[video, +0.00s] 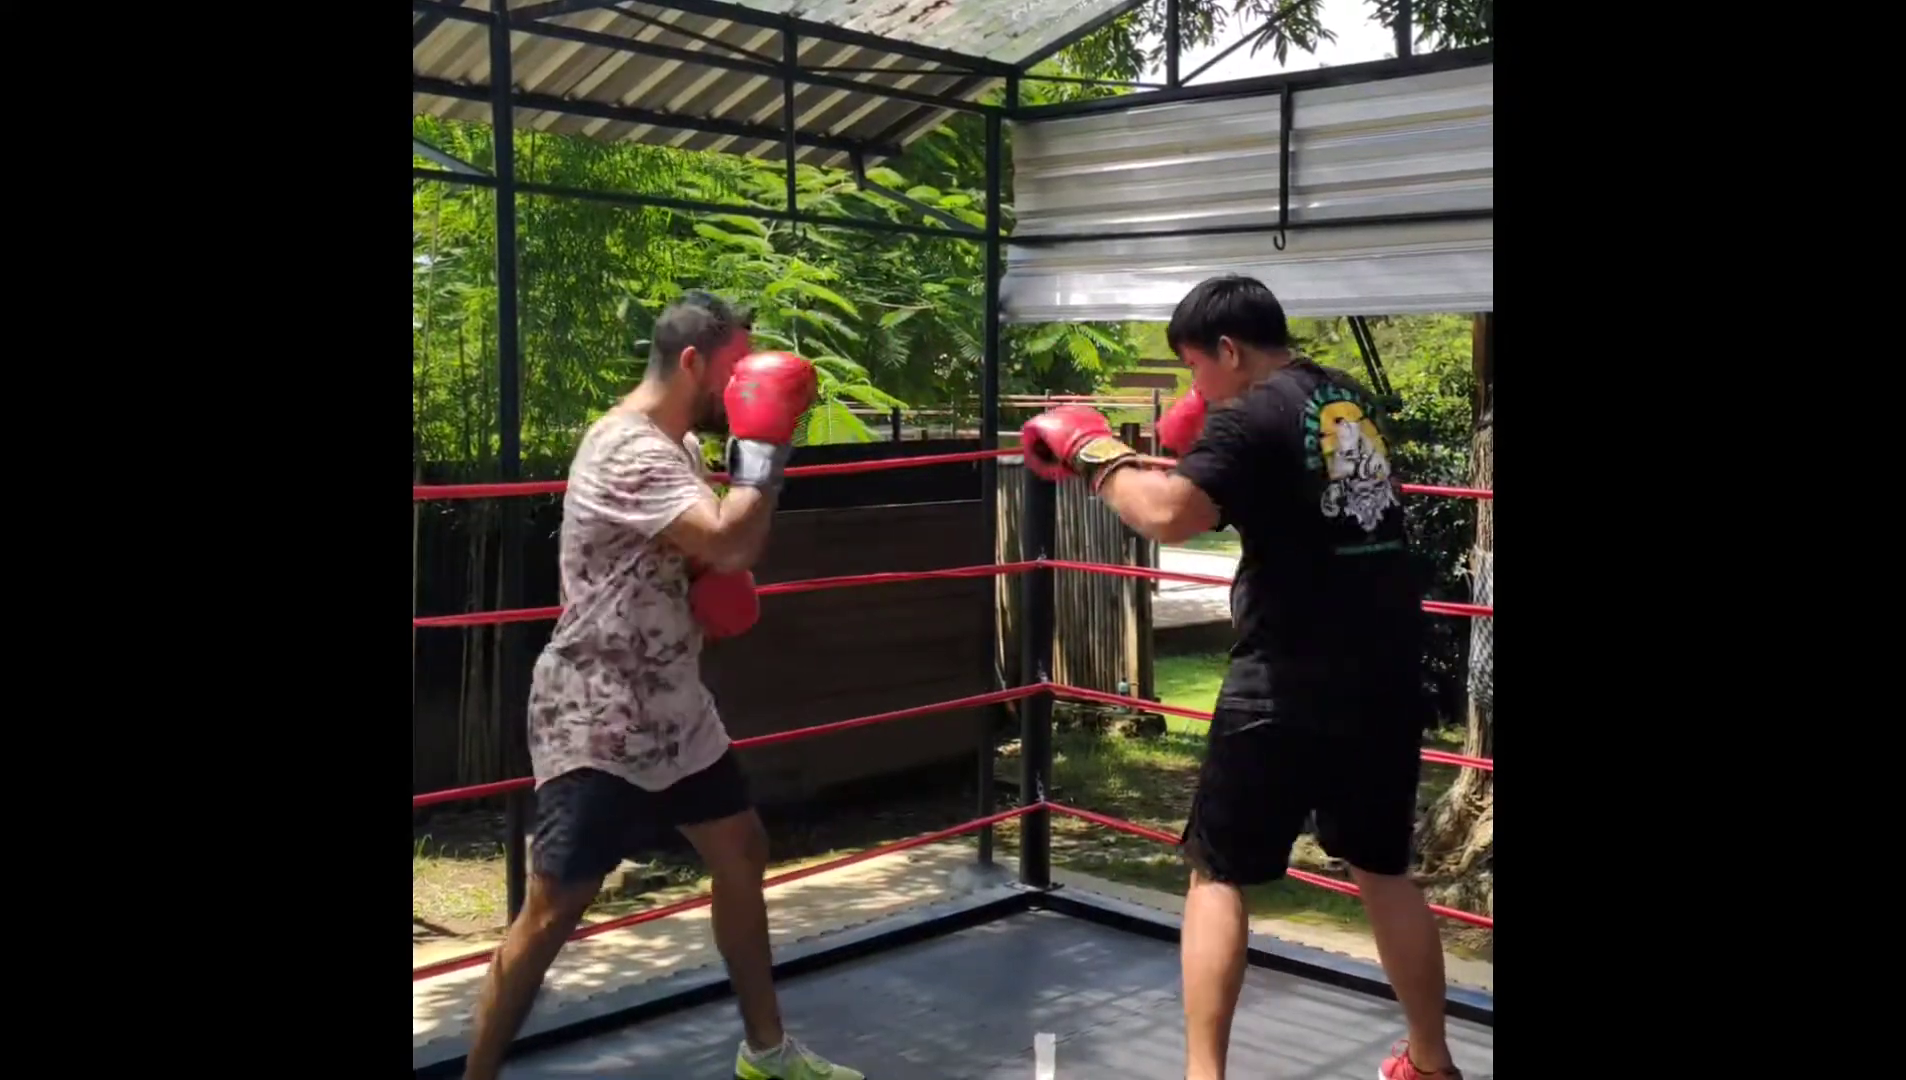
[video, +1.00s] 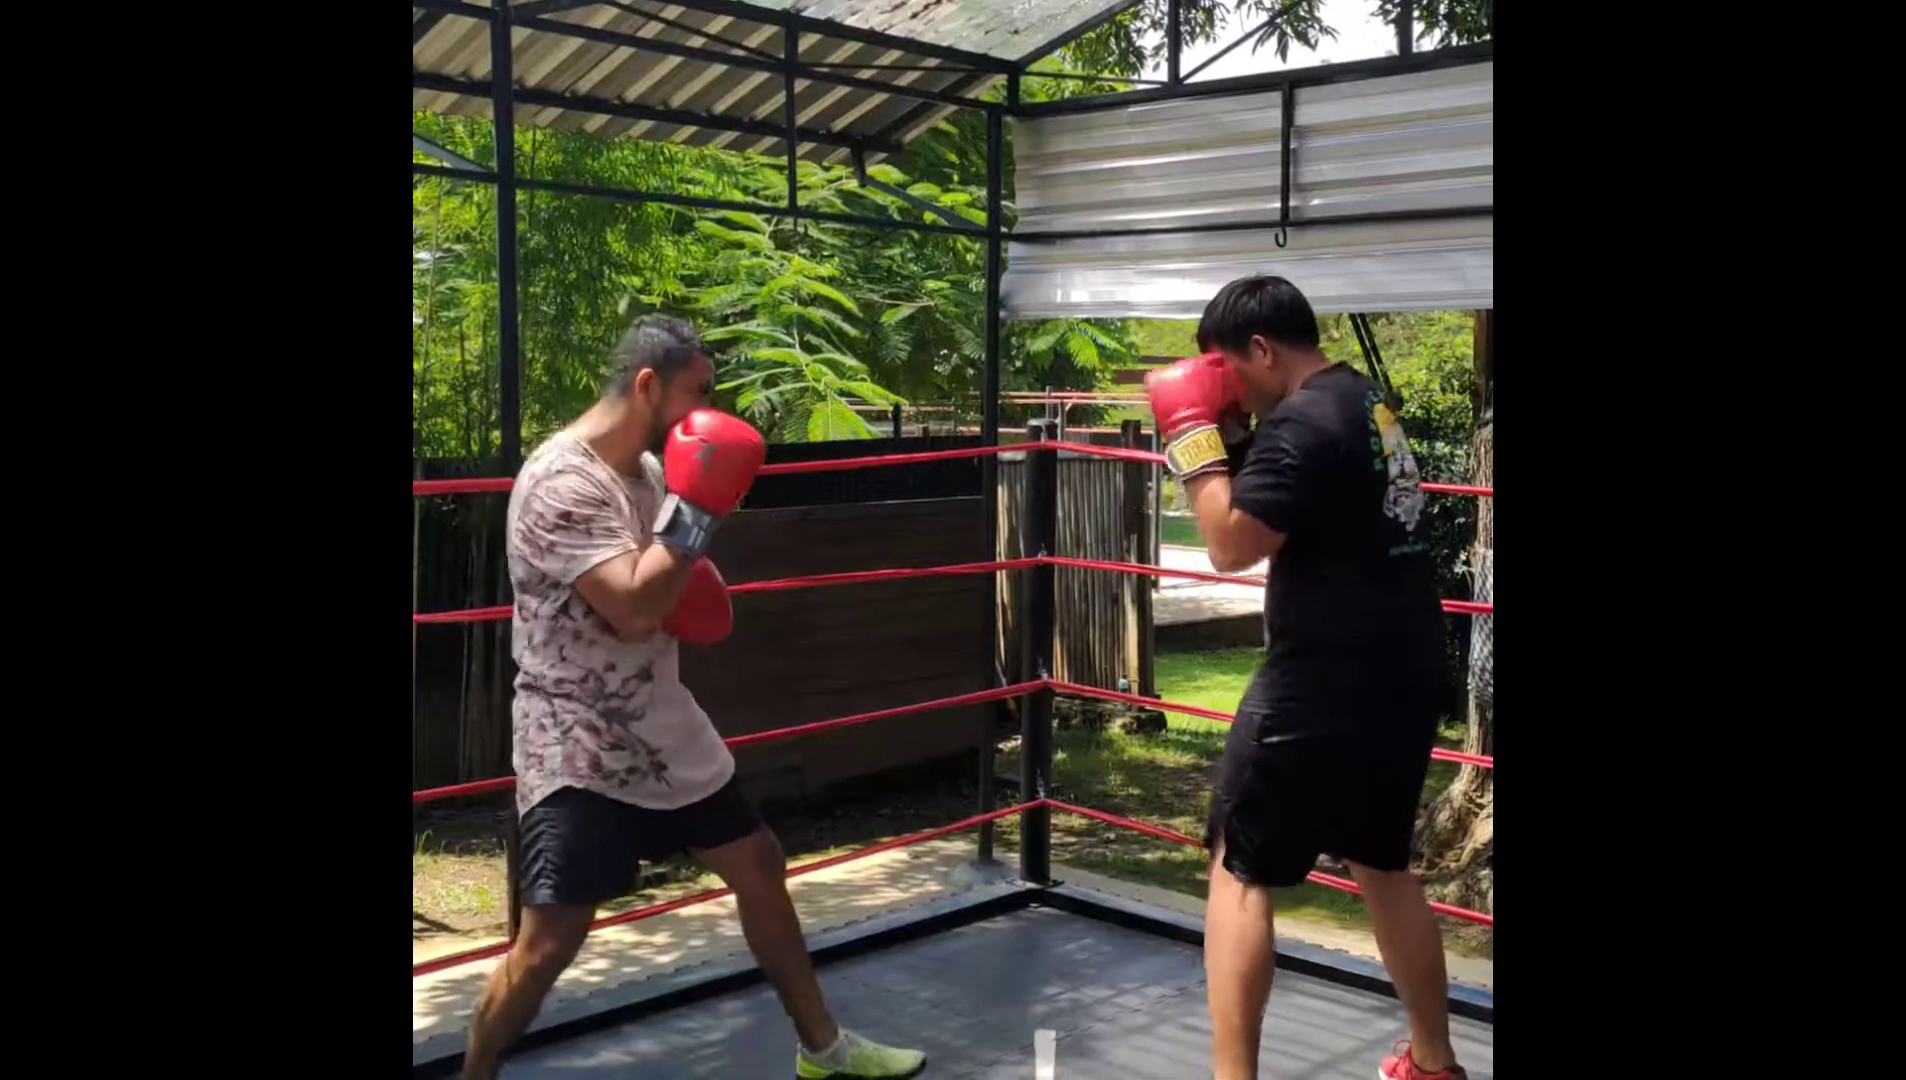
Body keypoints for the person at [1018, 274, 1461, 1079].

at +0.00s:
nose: (1193, 387)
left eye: (1191, 367)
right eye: (1187, 371)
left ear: (1230, 350)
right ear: (1274, 342)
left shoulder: (1254, 416)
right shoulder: (1346, 397)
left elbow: (1168, 512)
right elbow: (1290, 490)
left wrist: (1094, 453)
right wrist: (1203, 446)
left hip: (1281, 685)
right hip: (1385, 681)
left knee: (1218, 872)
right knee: (1387, 870)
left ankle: (1204, 1070)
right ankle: (1432, 1059)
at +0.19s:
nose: (1186, 379)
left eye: (1186, 364)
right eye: (1181, 367)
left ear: (1219, 349)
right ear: (1270, 340)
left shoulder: (1224, 405)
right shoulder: (1344, 391)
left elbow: (1072, 432)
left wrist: (961, 392)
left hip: (1282, 684)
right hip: (1386, 680)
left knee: (1220, 872)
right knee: (1390, 859)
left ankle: (1207, 1068)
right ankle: (1437, 1049)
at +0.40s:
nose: (1208, 386)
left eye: (1209, 367)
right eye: (1201, 371)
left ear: (1251, 346)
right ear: (1273, 343)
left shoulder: (1280, 425)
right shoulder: (1348, 401)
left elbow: (1226, 561)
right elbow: (1294, 532)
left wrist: (1168, 464)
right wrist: (1217, 447)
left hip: (1304, 685)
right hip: (1389, 682)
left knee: (1245, 880)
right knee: (1388, 867)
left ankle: (1227, 1072)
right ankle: (1435, 1059)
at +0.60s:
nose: (1233, 383)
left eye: (1234, 365)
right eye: (1225, 371)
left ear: (1280, 343)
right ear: (1294, 343)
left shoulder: (1313, 420)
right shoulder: (1352, 399)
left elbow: (1260, 558)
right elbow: (1278, 532)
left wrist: (1207, 456)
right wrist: (1226, 447)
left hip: (1329, 688)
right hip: (1393, 683)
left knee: (1277, 883)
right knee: (1389, 871)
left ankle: (1256, 1071)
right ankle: (1435, 1060)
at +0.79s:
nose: (1235, 380)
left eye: (1236, 362)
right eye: (1228, 367)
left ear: (1281, 341)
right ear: (1297, 339)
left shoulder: (1319, 420)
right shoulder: (1357, 398)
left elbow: (1264, 559)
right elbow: (1280, 535)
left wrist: (1215, 453)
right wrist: (1232, 446)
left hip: (1331, 691)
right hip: (1392, 685)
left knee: (1278, 886)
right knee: (1387, 869)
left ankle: (1256, 1072)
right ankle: (1435, 1060)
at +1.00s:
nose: (1228, 385)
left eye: (1226, 368)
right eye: (1220, 372)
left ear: (1261, 351)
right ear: (1296, 343)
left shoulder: (1304, 423)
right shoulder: (1366, 400)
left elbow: (1229, 546)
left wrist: (1194, 439)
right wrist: (1231, 433)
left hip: (1317, 682)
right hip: (1402, 681)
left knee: (1240, 870)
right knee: (1385, 864)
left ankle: (1233, 1070)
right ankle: (1434, 1058)